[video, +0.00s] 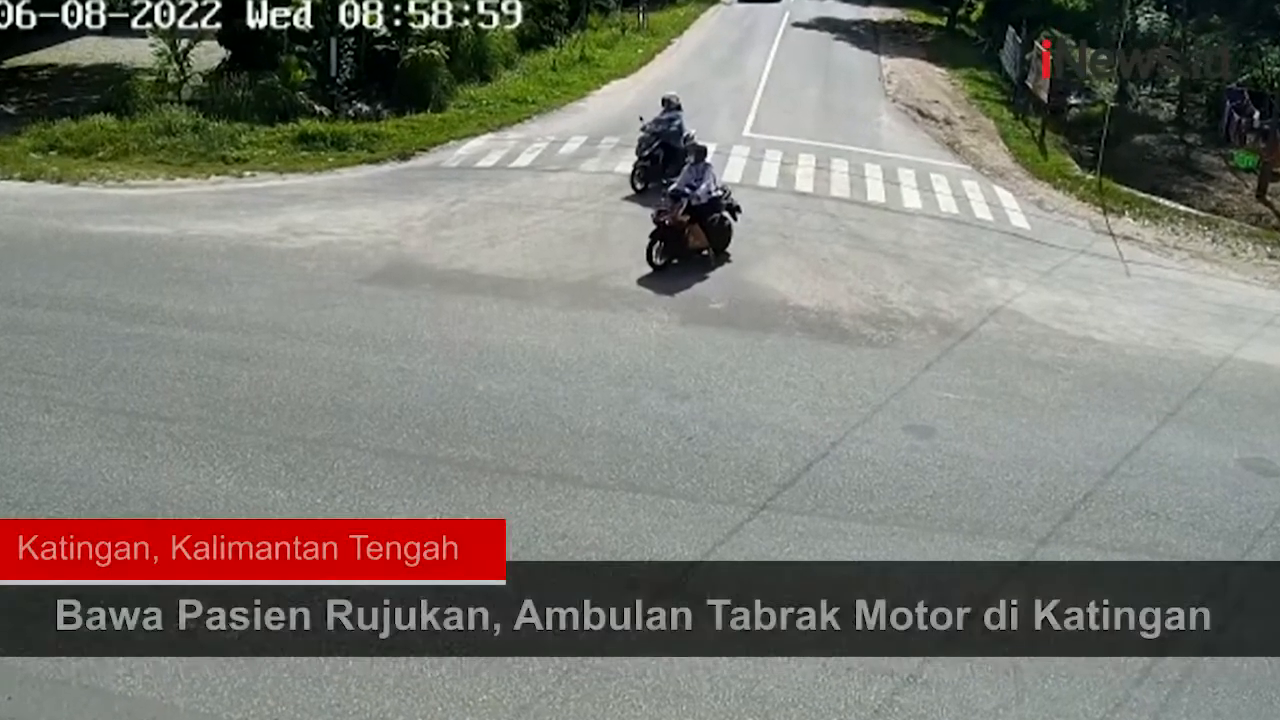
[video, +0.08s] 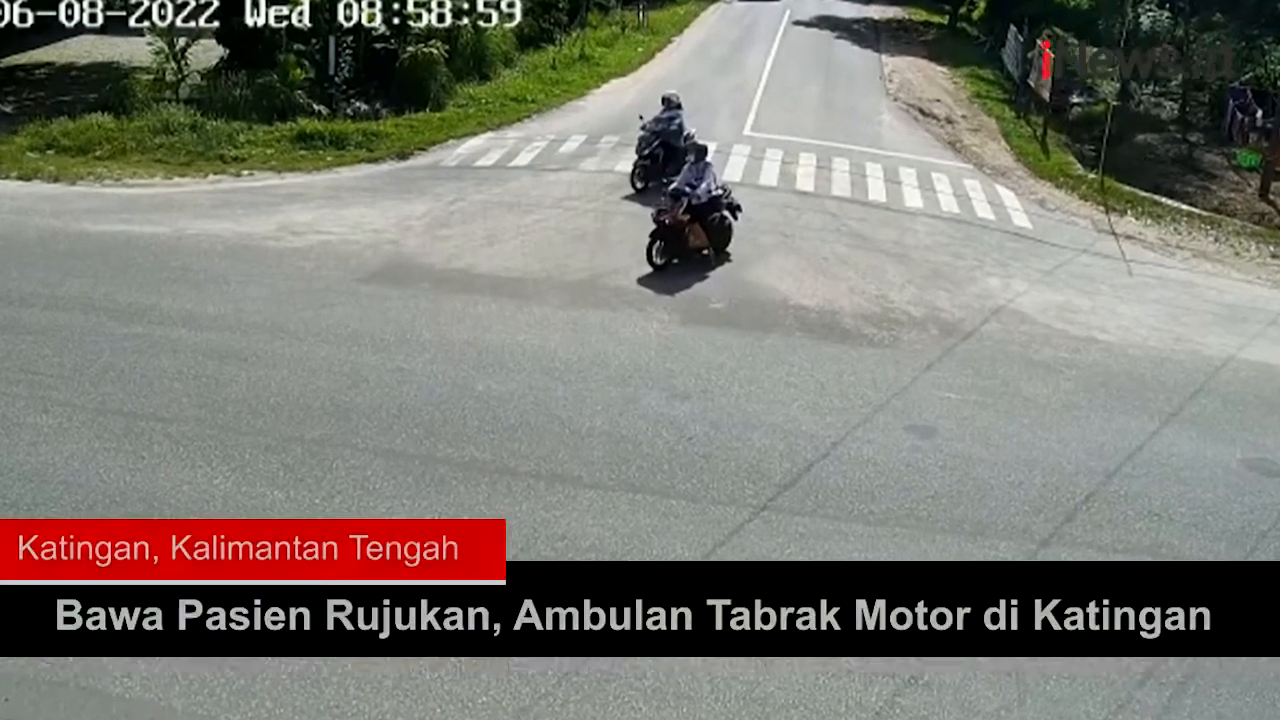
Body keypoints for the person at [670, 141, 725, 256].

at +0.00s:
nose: (691, 156)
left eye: (694, 154)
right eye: (691, 154)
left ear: (700, 155)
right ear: (690, 155)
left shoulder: (707, 168)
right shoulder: (689, 168)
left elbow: (706, 184)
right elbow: (681, 181)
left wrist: (697, 194)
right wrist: (672, 189)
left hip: (708, 199)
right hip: (692, 199)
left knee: (703, 221)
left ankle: (715, 248)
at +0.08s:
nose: (692, 155)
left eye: (695, 153)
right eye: (692, 153)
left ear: (701, 154)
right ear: (691, 154)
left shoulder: (708, 167)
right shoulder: (689, 167)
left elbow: (707, 183)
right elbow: (681, 180)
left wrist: (698, 193)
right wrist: (672, 188)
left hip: (708, 199)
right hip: (692, 199)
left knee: (703, 221)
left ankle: (715, 247)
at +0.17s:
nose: (693, 153)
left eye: (696, 150)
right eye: (693, 150)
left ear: (702, 152)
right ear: (693, 152)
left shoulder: (708, 166)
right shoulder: (689, 165)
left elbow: (707, 181)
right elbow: (681, 178)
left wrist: (698, 191)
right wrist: (672, 187)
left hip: (708, 197)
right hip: (692, 197)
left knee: (703, 219)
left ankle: (715, 246)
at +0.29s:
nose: (695, 151)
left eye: (698, 149)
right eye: (695, 148)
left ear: (703, 150)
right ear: (695, 150)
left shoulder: (708, 164)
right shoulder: (690, 163)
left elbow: (708, 181)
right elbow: (682, 177)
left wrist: (697, 191)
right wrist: (673, 186)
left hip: (709, 195)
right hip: (693, 195)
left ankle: (715, 243)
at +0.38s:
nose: (696, 150)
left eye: (699, 148)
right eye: (696, 148)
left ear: (704, 149)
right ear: (695, 149)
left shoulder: (709, 163)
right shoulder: (690, 162)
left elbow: (708, 180)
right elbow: (682, 176)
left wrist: (698, 190)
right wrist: (674, 185)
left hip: (710, 195)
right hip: (693, 194)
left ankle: (715, 243)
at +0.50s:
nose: (692, 149)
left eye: (695, 147)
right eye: (693, 146)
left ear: (702, 148)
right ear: (695, 148)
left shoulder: (709, 162)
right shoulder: (690, 161)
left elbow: (708, 178)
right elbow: (682, 175)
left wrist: (699, 189)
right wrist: (674, 183)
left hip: (709, 192)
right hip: (693, 192)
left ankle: (715, 241)